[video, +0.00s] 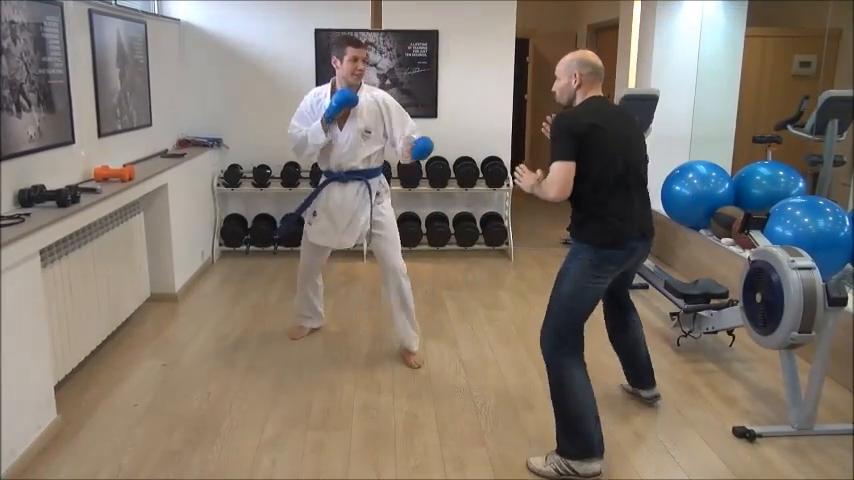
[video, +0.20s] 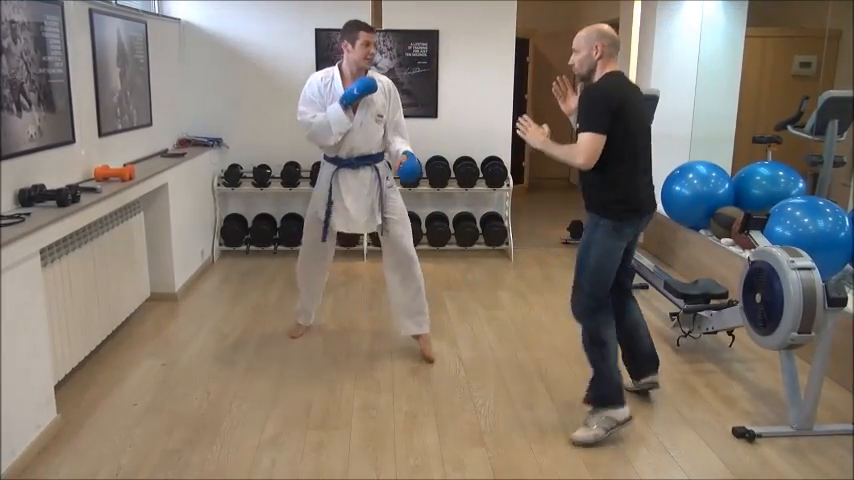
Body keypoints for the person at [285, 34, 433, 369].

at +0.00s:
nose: (360, 67)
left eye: (365, 62)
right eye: (354, 60)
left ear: (368, 66)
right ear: (336, 63)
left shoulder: (380, 101)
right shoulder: (315, 99)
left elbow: (403, 141)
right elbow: (299, 147)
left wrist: (413, 147)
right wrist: (327, 120)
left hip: (373, 191)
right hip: (332, 191)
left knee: (395, 266)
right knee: (309, 261)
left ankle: (409, 343)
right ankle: (310, 318)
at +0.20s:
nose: (372, 53)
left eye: (374, 47)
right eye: (366, 46)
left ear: (374, 50)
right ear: (345, 48)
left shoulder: (384, 87)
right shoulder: (318, 84)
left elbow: (396, 134)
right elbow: (316, 132)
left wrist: (403, 155)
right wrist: (348, 101)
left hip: (378, 176)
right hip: (333, 177)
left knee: (403, 249)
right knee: (315, 249)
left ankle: (421, 329)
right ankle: (304, 316)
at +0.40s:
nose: (375, 70)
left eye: (376, 65)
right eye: (369, 64)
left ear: (375, 68)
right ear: (349, 66)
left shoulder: (387, 105)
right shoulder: (321, 102)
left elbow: (402, 147)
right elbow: (319, 150)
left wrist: (413, 172)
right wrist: (348, 115)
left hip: (382, 189)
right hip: (338, 191)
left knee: (417, 257)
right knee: (306, 260)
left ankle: (429, 322)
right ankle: (287, 318)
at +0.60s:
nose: (370, 63)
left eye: (371, 57)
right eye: (365, 56)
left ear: (359, 59)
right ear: (345, 56)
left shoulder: (372, 94)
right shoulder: (314, 90)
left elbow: (383, 141)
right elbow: (322, 142)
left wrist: (403, 150)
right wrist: (350, 103)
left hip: (371, 179)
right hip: (330, 181)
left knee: (407, 245)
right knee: (303, 252)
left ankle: (431, 315)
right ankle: (276, 311)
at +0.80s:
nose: (356, 73)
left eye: (356, 67)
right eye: (350, 67)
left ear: (339, 69)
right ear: (330, 68)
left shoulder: (356, 107)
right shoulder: (301, 103)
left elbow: (372, 147)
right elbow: (308, 154)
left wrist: (400, 132)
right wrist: (336, 118)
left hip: (356, 189)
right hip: (315, 191)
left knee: (398, 244)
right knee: (288, 256)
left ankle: (411, 313)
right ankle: (255, 322)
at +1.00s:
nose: (357, 82)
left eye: (358, 76)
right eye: (352, 76)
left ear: (338, 78)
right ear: (333, 76)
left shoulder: (356, 111)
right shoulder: (303, 109)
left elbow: (363, 156)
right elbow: (307, 158)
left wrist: (383, 152)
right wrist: (337, 126)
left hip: (357, 194)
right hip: (315, 197)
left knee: (405, 249)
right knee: (284, 268)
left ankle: (410, 316)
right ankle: (256, 324)